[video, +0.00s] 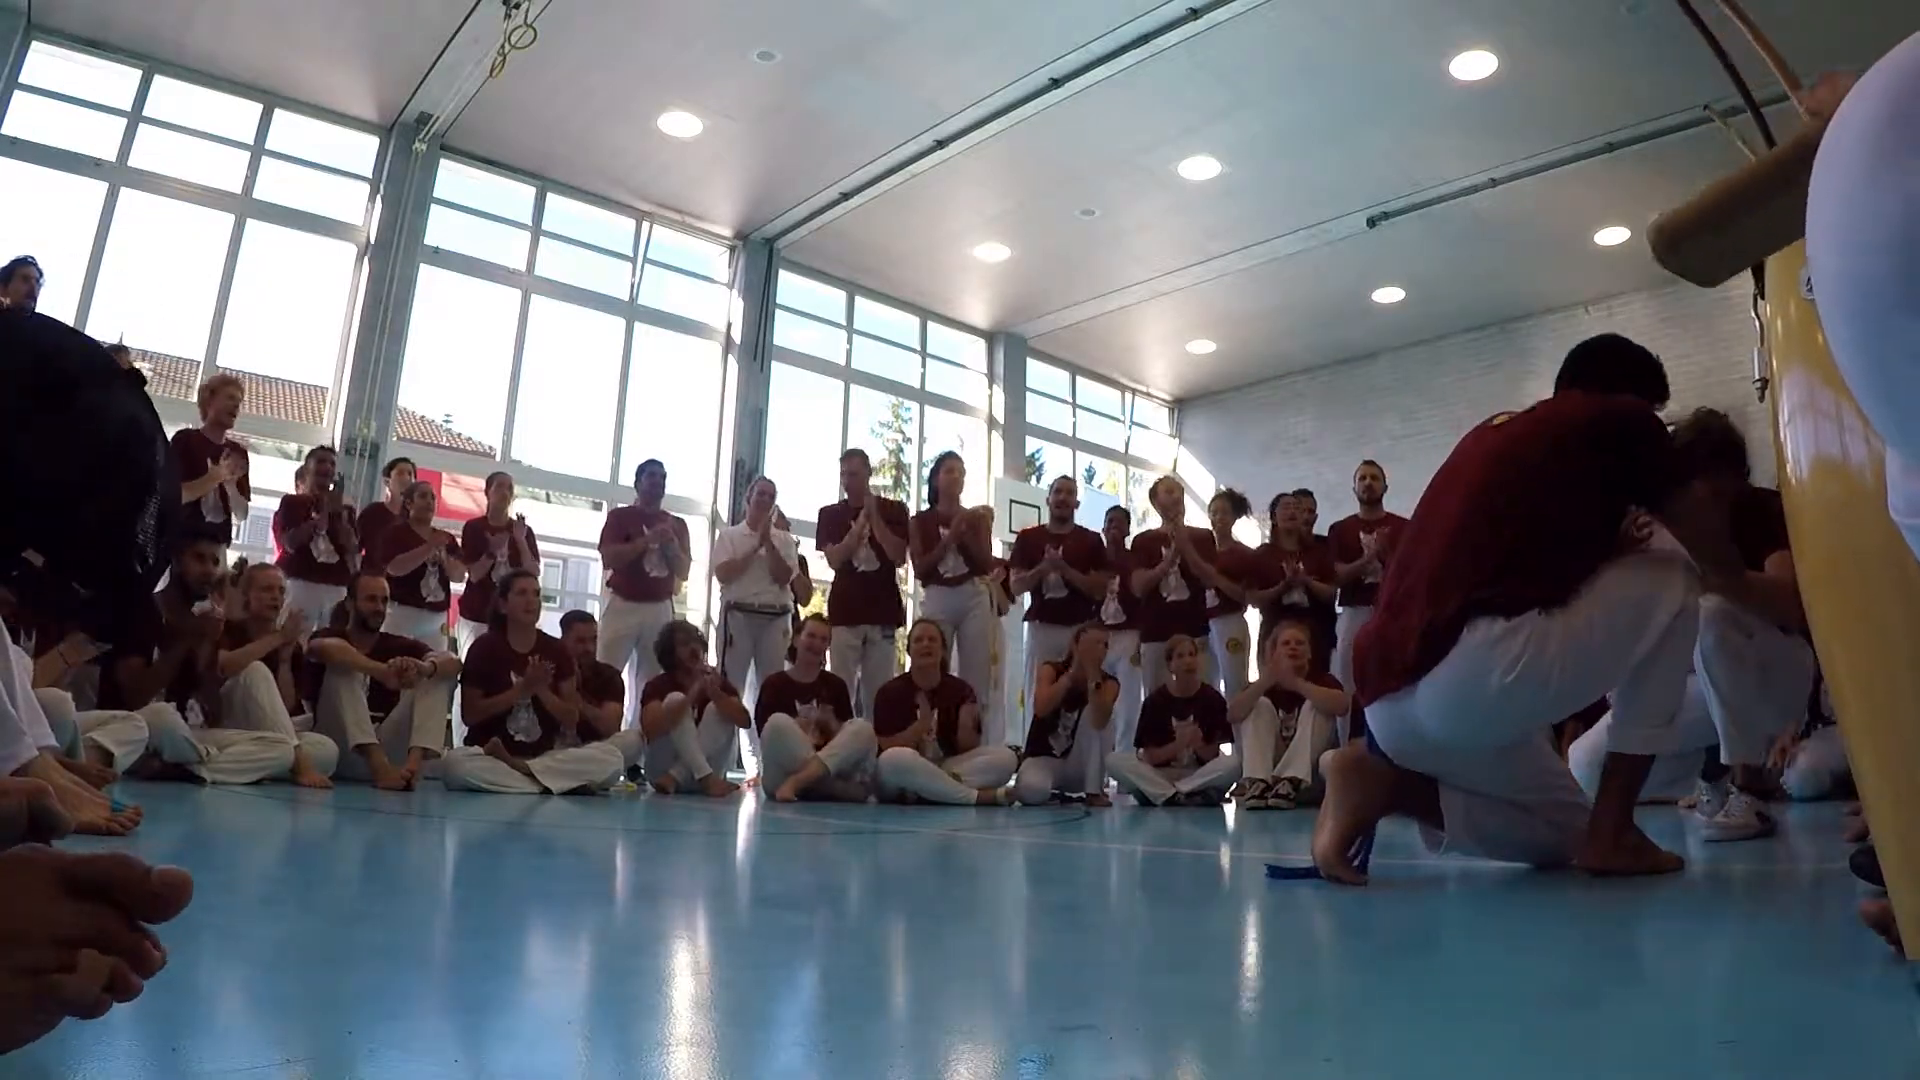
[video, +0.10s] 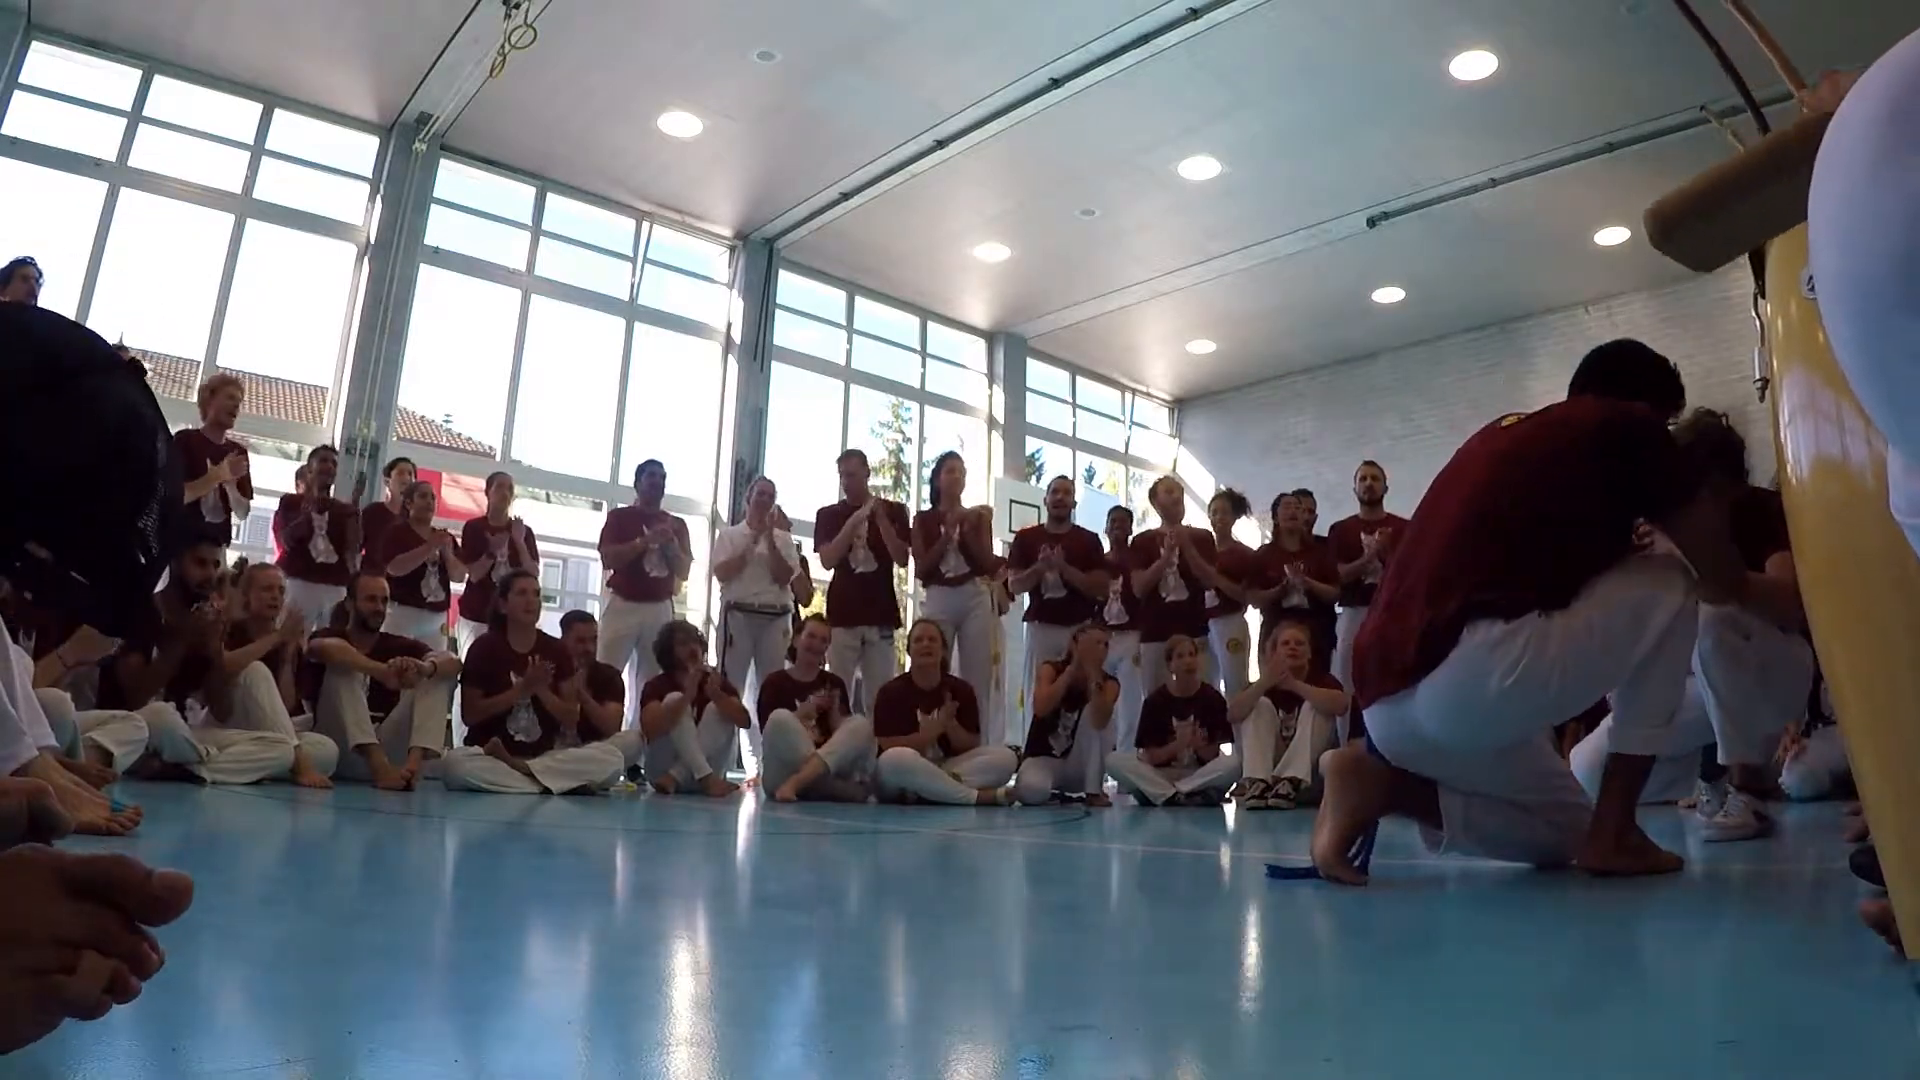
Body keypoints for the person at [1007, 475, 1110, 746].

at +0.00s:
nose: (1063, 498)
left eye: (1069, 493)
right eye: (1058, 492)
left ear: (1077, 500)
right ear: (1048, 498)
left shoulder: (1092, 540)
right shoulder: (1028, 537)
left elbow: (1100, 589)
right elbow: (1016, 586)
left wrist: (1063, 569)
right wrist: (1044, 568)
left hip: (1081, 630)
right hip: (1042, 628)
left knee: (1079, 700)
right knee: (1038, 698)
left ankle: (1077, 764)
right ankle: (1036, 761)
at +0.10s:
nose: (1060, 497)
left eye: (1066, 493)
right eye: (1055, 492)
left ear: (1074, 500)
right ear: (1046, 498)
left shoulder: (1089, 539)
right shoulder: (1026, 537)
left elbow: (1101, 589)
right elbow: (1015, 586)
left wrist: (1063, 568)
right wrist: (1040, 568)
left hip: (1080, 630)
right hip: (1041, 628)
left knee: (1078, 699)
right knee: (1037, 697)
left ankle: (1074, 764)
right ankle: (1034, 761)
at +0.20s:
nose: (1057, 497)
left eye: (1064, 493)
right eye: (1052, 492)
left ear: (1072, 499)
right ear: (1043, 497)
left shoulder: (1087, 539)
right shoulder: (1023, 538)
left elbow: (1100, 589)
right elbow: (1010, 585)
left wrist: (1071, 568)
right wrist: (1032, 570)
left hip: (1078, 630)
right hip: (1039, 628)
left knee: (1077, 700)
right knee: (1035, 698)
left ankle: (1074, 765)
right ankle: (1033, 762)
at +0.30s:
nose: (1055, 497)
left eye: (1062, 493)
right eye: (1050, 492)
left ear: (1069, 500)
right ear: (1040, 497)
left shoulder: (1083, 539)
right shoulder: (1020, 538)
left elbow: (1098, 588)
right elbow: (1010, 585)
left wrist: (1060, 569)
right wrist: (1038, 567)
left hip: (1075, 629)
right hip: (1036, 628)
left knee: (1074, 701)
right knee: (1032, 699)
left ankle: (1071, 767)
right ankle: (1029, 764)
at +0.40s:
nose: (1053, 498)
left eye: (1059, 494)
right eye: (1047, 492)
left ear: (1064, 500)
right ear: (1037, 497)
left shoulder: (1079, 540)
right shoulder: (1016, 538)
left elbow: (1097, 587)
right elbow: (1010, 586)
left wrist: (1060, 573)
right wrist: (1039, 569)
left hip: (1072, 630)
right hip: (1033, 628)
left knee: (1072, 702)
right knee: (1029, 701)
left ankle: (1068, 767)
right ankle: (1028, 765)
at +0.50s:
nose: (1050, 499)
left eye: (1055, 495)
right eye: (1044, 493)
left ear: (1059, 500)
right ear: (1032, 498)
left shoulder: (1075, 540)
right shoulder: (1013, 539)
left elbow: (1089, 588)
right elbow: (1004, 586)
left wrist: (1063, 570)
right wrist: (1033, 572)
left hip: (1068, 629)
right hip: (1029, 628)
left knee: (1069, 700)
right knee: (1029, 701)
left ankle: (1067, 764)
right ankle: (1028, 763)